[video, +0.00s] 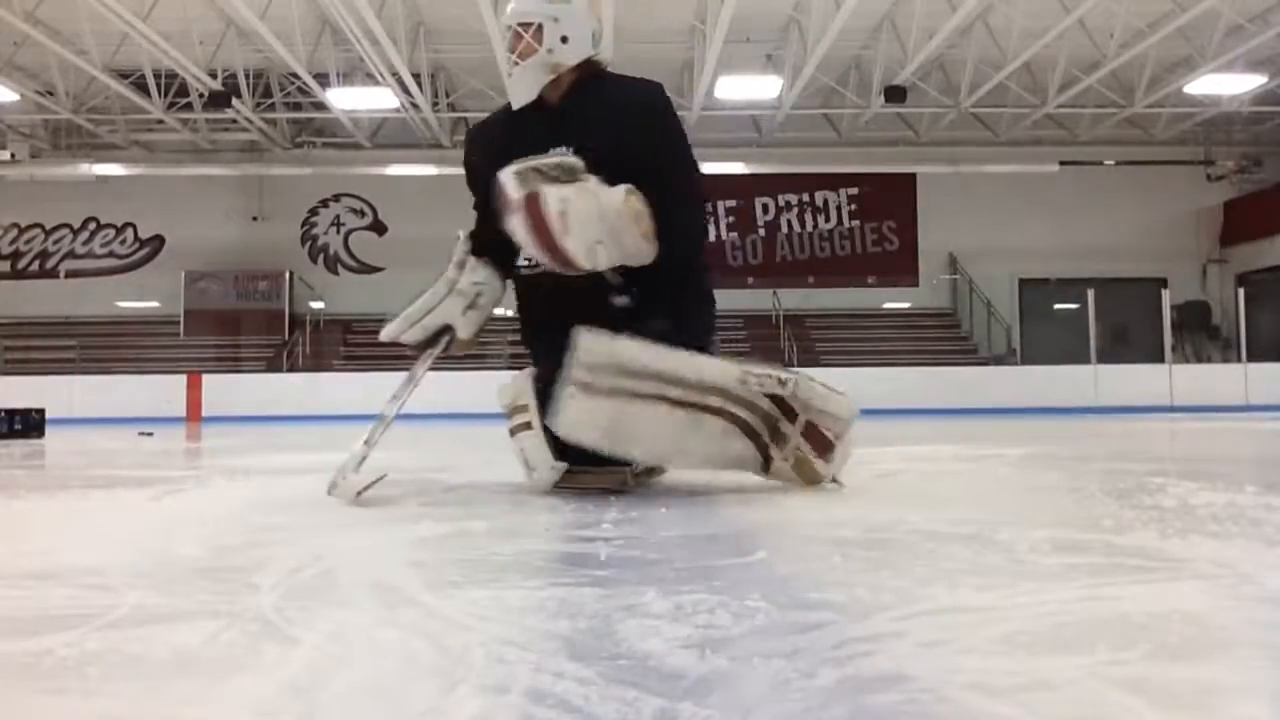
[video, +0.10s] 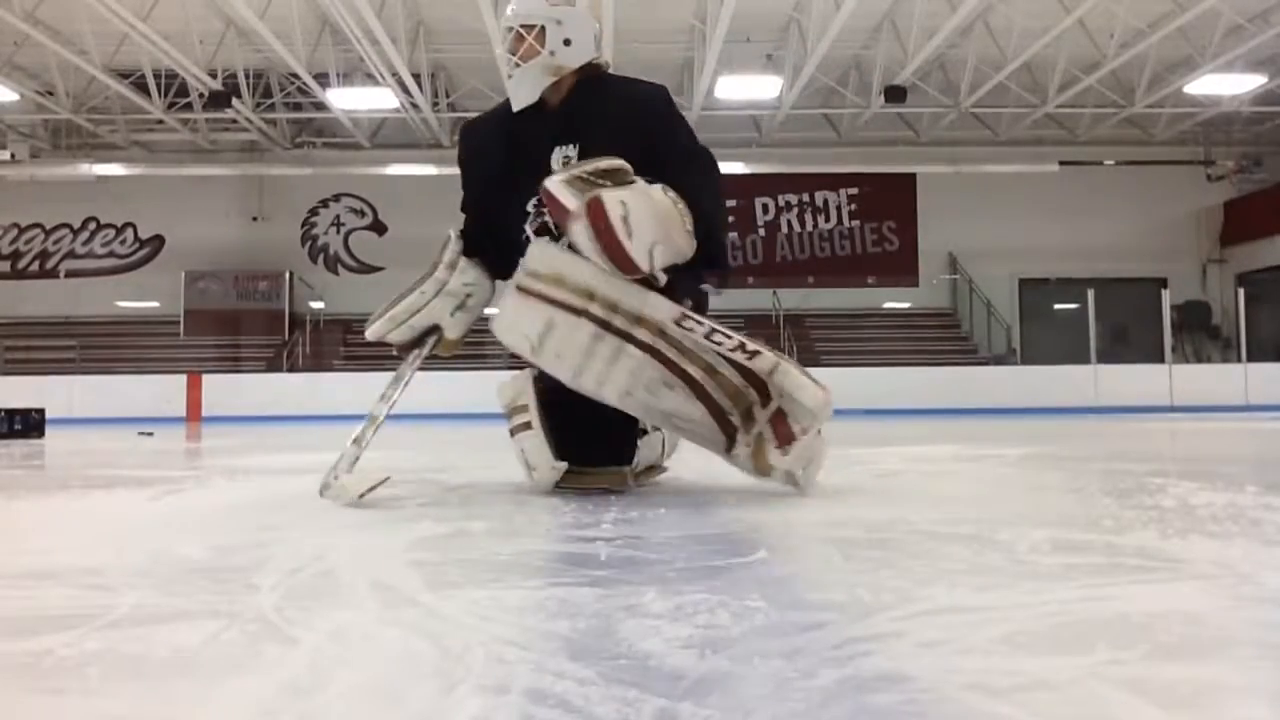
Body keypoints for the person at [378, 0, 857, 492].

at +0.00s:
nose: (519, 41)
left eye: (535, 27)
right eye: (515, 28)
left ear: (573, 34)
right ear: (508, 40)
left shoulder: (639, 106)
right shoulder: (490, 140)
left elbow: (684, 218)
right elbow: (494, 237)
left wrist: (599, 225)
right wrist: (466, 296)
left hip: (659, 325)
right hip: (558, 336)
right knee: (578, 479)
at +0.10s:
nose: (516, 49)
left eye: (530, 34)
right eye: (511, 37)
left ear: (572, 34)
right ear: (505, 45)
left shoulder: (640, 105)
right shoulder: (488, 136)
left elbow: (702, 197)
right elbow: (486, 240)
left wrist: (631, 225)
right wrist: (451, 302)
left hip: (646, 314)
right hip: (549, 323)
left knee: (610, 468)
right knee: (575, 467)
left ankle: (655, 435)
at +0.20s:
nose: (517, 43)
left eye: (532, 28)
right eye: (509, 31)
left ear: (574, 28)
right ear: (501, 40)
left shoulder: (642, 103)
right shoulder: (486, 136)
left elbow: (701, 197)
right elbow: (486, 239)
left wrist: (641, 230)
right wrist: (452, 299)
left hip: (651, 311)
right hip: (545, 323)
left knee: (619, 456)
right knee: (554, 456)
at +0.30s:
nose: (495, 55)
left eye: (509, 40)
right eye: (491, 42)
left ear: (549, 42)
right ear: (489, 50)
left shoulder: (619, 106)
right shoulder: (475, 145)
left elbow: (683, 193)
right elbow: (482, 236)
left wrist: (629, 228)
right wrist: (447, 291)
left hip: (645, 296)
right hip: (546, 314)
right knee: (517, 441)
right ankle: (611, 436)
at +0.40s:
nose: (459, 71)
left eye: (471, 58)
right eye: (457, 60)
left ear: (511, 60)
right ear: (467, 67)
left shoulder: (584, 119)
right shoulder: (448, 156)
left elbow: (649, 199)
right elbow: (450, 240)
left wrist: (600, 233)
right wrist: (415, 294)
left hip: (612, 306)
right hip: (519, 316)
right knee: (469, 436)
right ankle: (562, 436)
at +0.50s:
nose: (426, 88)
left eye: (440, 76)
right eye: (422, 77)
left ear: (481, 78)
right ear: (421, 85)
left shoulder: (544, 141)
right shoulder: (406, 172)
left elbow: (612, 225)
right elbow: (394, 260)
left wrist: (580, 245)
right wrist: (357, 306)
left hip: (570, 318)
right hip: (476, 332)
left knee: (630, 397)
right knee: (422, 446)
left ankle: (739, 433)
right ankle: (520, 442)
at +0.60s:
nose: (401, 107)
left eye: (414, 95)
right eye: (398, 96)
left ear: (452, 98)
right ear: (406, 102)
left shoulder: (512, 160)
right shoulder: (381, 178)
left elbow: (582, 235)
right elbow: (361, 255)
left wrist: (563, 263)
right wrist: (335, 304)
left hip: (521, 329)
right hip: (435, 334)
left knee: (473, 419)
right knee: (389, 441)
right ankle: (496, 437)